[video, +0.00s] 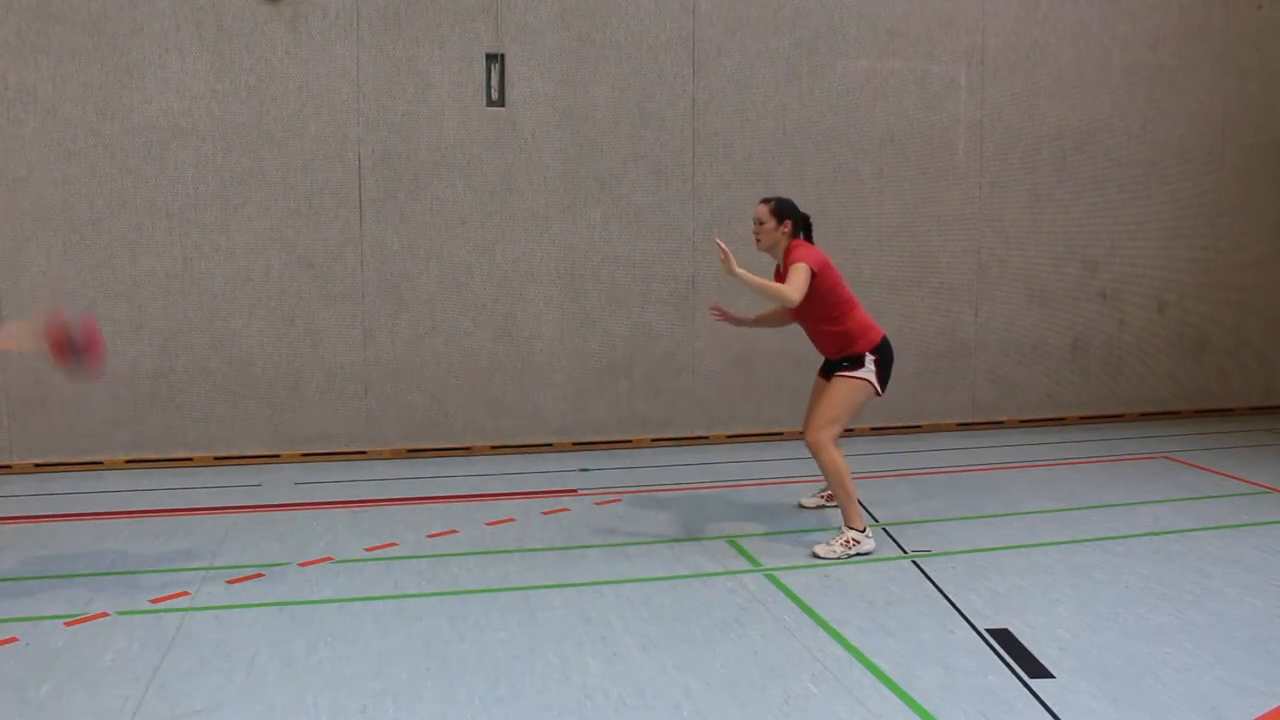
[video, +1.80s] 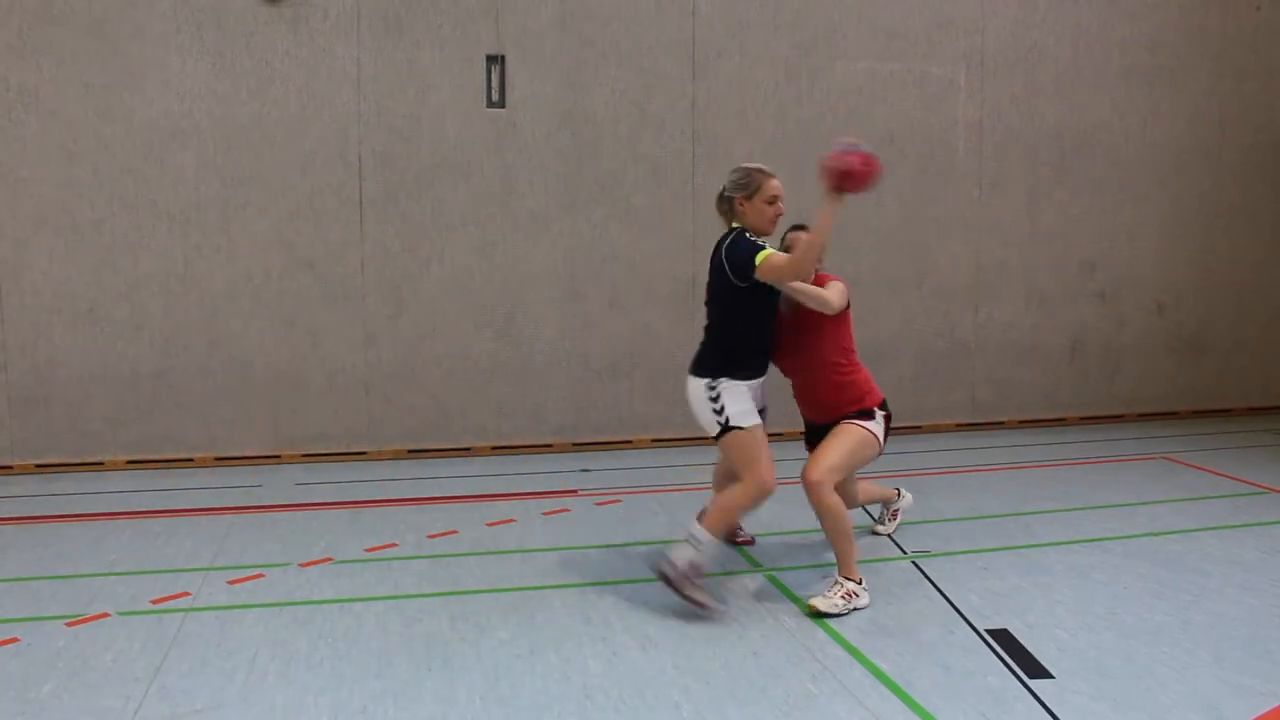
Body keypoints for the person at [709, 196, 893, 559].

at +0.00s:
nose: (753, 230)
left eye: (760, 223)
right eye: (754, 224)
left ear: (784, 226)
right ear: (779, 228)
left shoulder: (802, 254)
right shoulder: (786, 265)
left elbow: (792, 296)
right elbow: (792, 314)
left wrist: (738, 272)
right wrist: (745, 321)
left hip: (866, 355)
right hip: (838, 357)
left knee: (820, 437)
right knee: (813, 432)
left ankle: (857, 532)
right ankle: (840, 489)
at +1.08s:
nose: (758, 223)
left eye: (763, 213)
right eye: (756, 216)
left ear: (790, 211)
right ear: (787, 214)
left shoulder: (809, 236)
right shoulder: (787, 253)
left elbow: (756, 270)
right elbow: (748, 306)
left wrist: (702, 245)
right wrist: (695, 304)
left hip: (880, 347)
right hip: (865, 349)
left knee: (833, 449)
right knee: (846, 437)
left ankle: (867, 559)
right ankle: (883, 511)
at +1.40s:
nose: (753, 250)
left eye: (762, 243)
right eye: (752, 243)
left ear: (787, 248)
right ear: (755, 249)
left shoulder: (795, 271)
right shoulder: (777, 292)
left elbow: (746, 286)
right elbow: (764, 347)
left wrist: (702, 262)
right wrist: (722, 334)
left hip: (858, 395)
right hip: (837, 400)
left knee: (808, 482)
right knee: (827, 481)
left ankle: (861, 582)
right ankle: (894, 506)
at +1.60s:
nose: (774, 247)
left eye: (784, 242)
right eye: (771, 240)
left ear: (804, 247)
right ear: (765, 243)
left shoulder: (811, 275)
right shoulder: (772, 275)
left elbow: (791, 297)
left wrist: (755, 268)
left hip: (847, 403)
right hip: (816, 408)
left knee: (795, 483)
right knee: (830, 494)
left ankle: (849, 583)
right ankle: (893, 501)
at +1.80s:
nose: (798, 256)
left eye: (806, 249)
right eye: (791, 250)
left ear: (818, 254)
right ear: (779, 257)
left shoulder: (831, 285)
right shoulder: (770, 299)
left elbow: (830, 303)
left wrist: (778, 277)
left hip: (863, 413)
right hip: (818, 424)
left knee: (817, 477)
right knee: (845, 497)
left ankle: (850, 582)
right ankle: (894, 497)